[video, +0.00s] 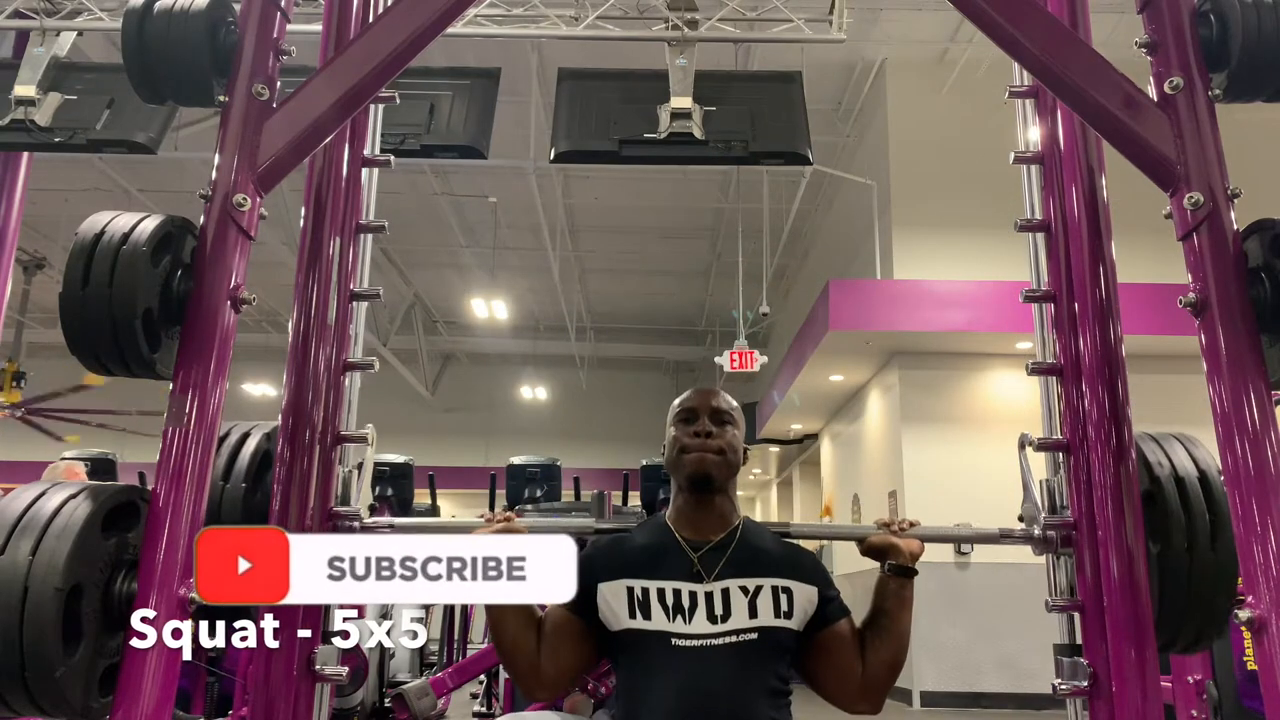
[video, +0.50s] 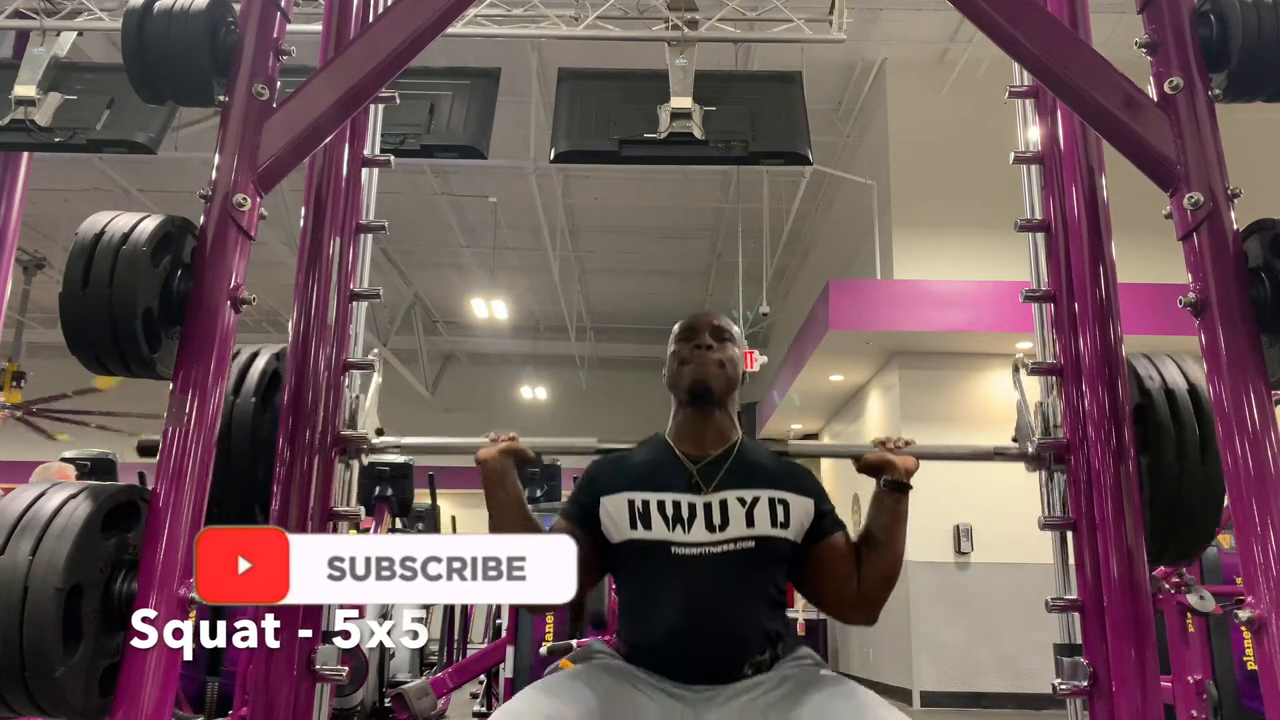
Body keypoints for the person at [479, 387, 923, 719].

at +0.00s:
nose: (705, 430)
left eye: (721, 422)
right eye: (688, 421)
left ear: (744, 454)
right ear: (665, 450)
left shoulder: (793, 569)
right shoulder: (607, 563)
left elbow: (862, 692)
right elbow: (539, 679)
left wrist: (899, 573)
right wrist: (495, 570)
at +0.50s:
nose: (703, 348)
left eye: (719, 340)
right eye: (687, 342)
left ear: (742, 371)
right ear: (666, 373)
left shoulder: (788, 481)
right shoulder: (612, 478)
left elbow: (858, 602)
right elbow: (543, 585)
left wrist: (894, 489)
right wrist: (500, 482)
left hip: (769, 683)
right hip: (637, 681)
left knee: (888, 719)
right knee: (513, 719)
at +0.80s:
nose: (707, 270)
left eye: (723, 267)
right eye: (691, 265)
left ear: (743, 310)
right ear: (668, 303)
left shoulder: (785, 405)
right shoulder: (616, 404)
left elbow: (856, 524)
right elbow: (548, 509)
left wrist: (889, 418)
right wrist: (502, 403)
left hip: (770, 624)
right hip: (635, 623)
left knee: (883, 715)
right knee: (527, 714)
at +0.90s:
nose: (704, 224)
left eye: (722, 225)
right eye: (690, 222)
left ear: (742, 265)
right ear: (669, 260)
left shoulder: (788, 362)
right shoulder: (617, 360)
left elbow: (856, 478)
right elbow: (549, 464)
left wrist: (887, 378)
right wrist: (506, 363)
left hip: (772, 590)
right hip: (633, 587)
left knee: (866, 715)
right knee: (541, 713)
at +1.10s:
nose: (706, 186)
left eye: (724, 183)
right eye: (692, 181)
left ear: (744, 218)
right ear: (671, 217)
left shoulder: (791, 319)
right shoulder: (618, 314)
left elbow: (857, 432)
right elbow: (547, 418)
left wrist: (887, 330)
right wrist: (507, 314)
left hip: (774, 547)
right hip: (638, 540)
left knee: (827, 708)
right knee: (588, 705)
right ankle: (675, 707)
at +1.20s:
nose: (707, 180)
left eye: (724, 176)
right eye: (691, 174)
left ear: (743, 212)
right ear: (670, 210)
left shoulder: (789, 312)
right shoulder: (617, 309)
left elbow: (855, 427)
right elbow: (545, 414)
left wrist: (885, 327)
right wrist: (507, 310)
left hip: (773, 533)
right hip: (639, 529)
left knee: (821, 709)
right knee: (595, 706)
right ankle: (676, 706)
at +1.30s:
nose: (705, 181)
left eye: (722, 177)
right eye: (690, 176)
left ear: (743, 212)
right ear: (668, 211)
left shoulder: (788, 317)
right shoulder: (615, 312)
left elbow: (854, 430)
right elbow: (547, 417)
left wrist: (885, 330)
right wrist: (507, 314)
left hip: (774, 537)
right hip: (637, 533)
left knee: (819, 710)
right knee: (593, 705)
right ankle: (675, 706)